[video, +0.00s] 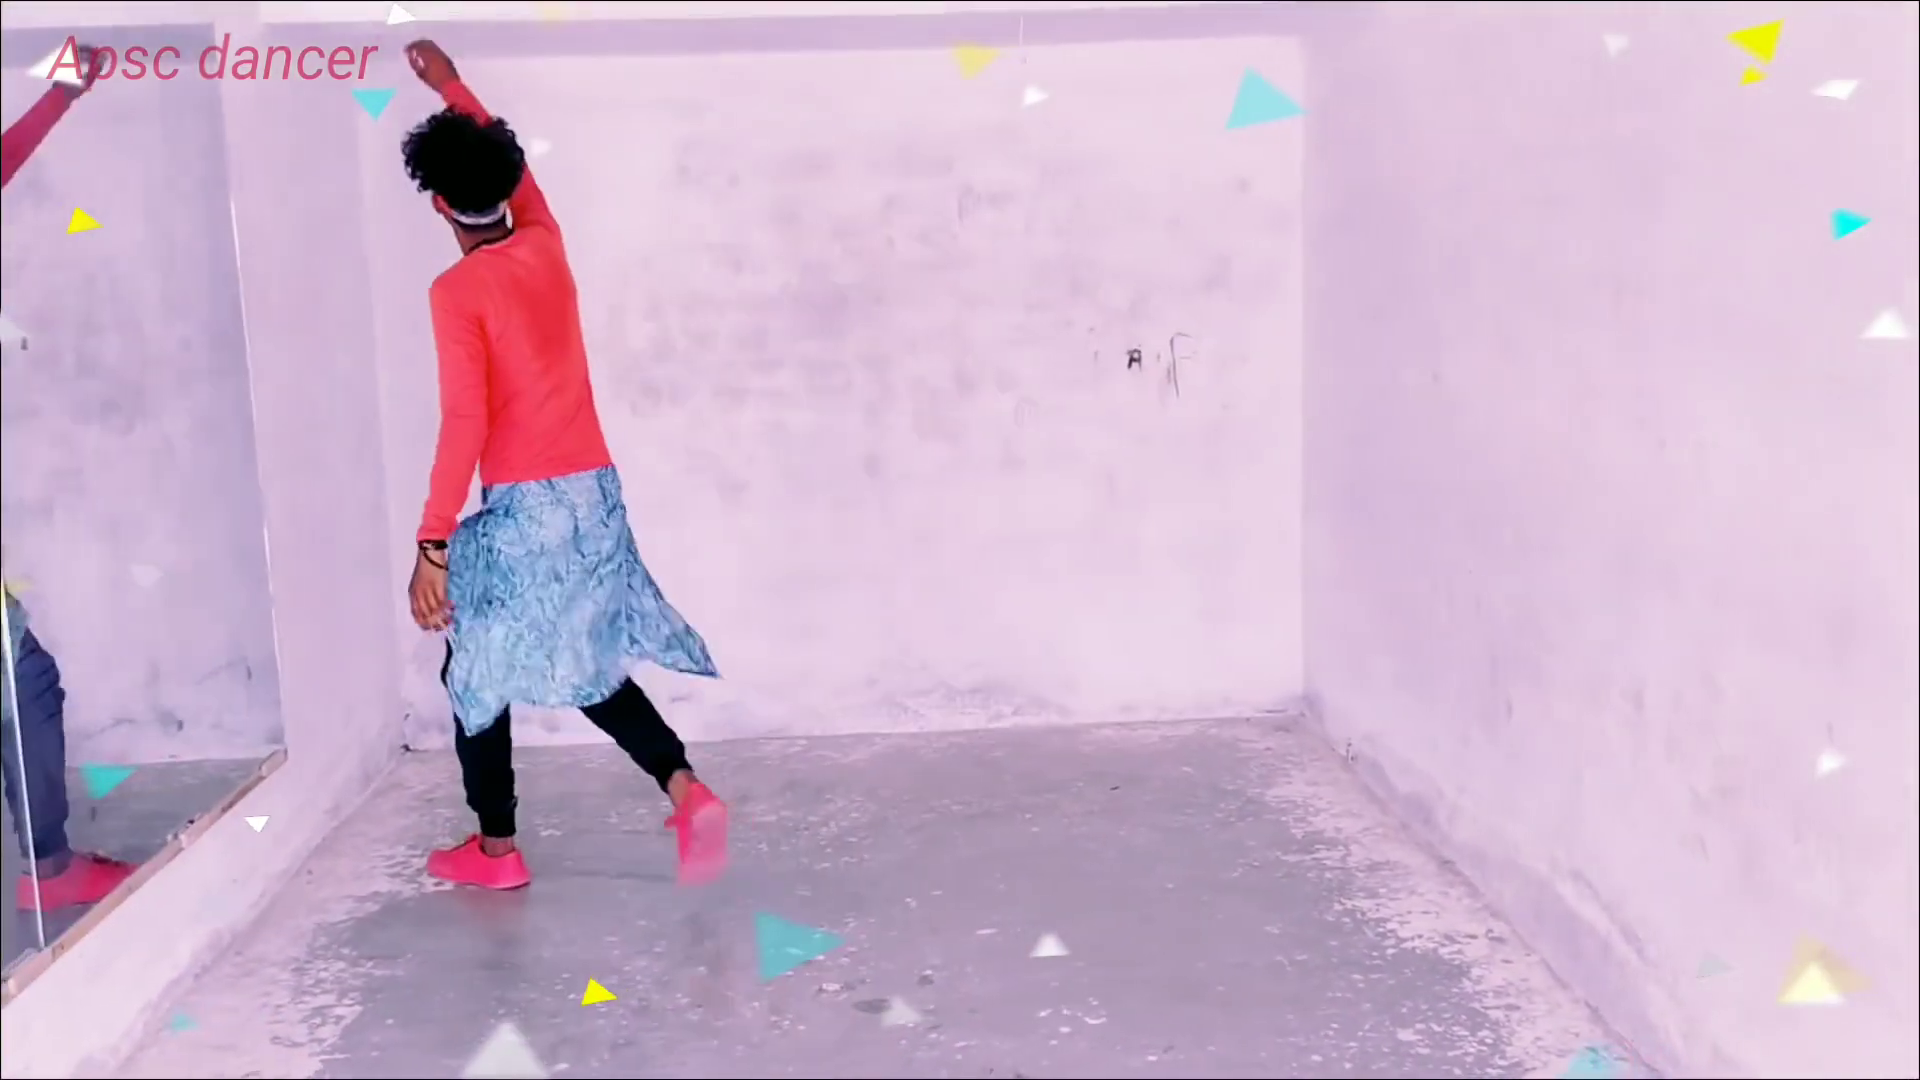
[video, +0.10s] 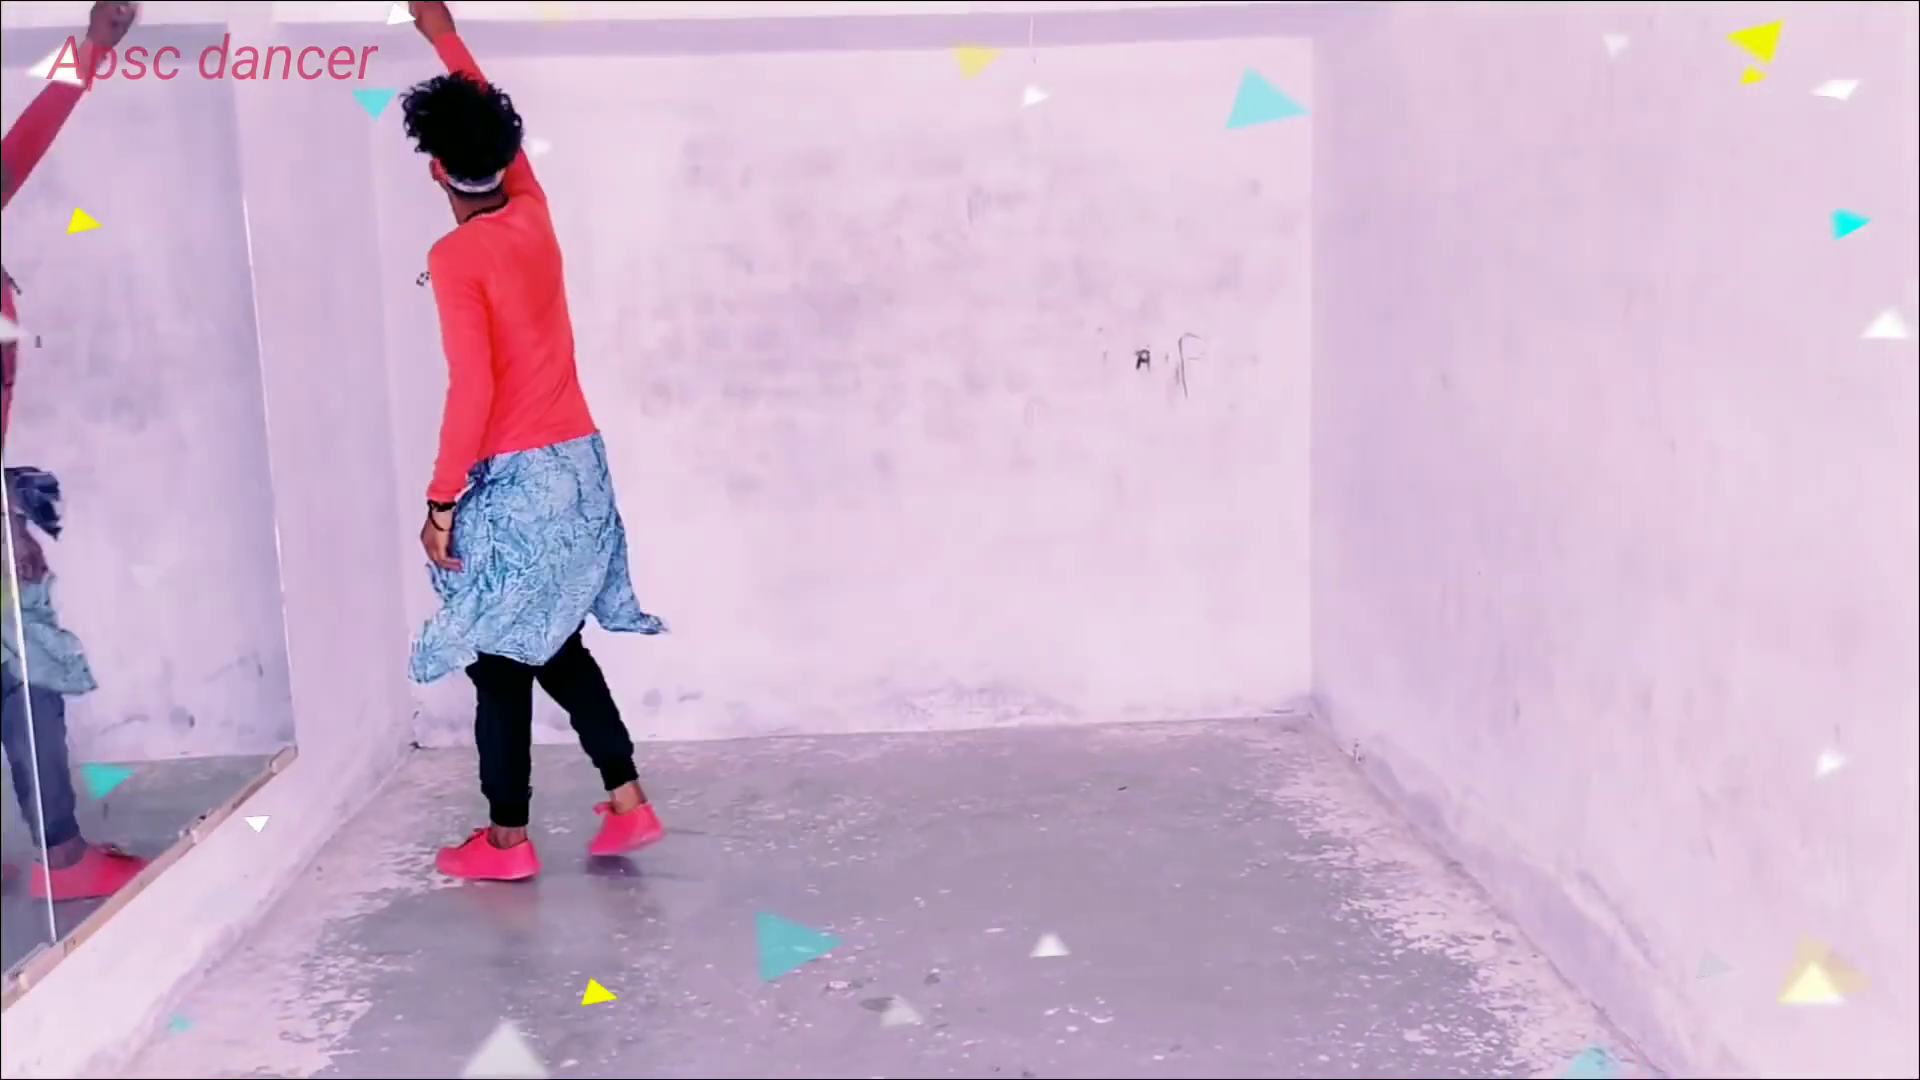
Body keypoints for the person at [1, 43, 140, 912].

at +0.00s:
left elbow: (11, 158)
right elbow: (16, 158)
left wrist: (66, 87)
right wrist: (65, 88)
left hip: (2, 570)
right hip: (2, 575)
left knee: (30, 675)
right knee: (30, 676)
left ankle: (45, 855)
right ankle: (45, 858)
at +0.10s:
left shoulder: (6, 251)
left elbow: (18, 156)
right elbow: (22, 152)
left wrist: (86, 54)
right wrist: (87, 56)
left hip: (9, 499)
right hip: (5, 503)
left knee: (34, 664)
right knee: (30, 665)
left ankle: (58, 842)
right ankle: (57, 846)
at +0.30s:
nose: (63, 143)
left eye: (55, 133)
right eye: (50, 138)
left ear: (36, 159)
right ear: (22, 169)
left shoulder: (64, 211)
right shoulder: (8, 254)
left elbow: (108, 88)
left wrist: (142, 6)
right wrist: (37, 501)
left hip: (88, 469)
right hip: (39, 480)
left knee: (119, 634)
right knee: (90, 644)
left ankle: (118, 803)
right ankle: (89, 831)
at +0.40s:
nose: (92, 148)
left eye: (80, 139)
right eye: (79, 142)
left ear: (61, 156)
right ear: (54, 162)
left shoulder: (101, 214)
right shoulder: (24, 261)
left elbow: (134, 99)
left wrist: (160, 10)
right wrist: (8, 487)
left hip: (124, 469)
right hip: (71, 478)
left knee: (149, 633)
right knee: (106, 645)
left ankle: (131, 802)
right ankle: (99, 831)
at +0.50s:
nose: (102, 162)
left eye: (95, 149)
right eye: (81, 158)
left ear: (103, 160)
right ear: (46, 183)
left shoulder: (123, 217)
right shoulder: (37, 270)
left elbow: (158, 102)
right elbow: (3, 389)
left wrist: (171, 4)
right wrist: (4, 483)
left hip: (137, 468)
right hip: (75, 476)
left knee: (154, 634)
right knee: (106, 641)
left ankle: (142, 805)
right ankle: (108, 827)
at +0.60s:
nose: (91, 175)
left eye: (95, 155)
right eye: (69, 165)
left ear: (114, 157)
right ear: (41, 180)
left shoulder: (137, 219)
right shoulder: (36, 269)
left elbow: (177, 108)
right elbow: (8, 395)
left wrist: (188, 8)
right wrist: (6, 480)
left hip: (138, 475)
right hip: (68, 482)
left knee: (157, 642)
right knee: (96, 648)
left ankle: (141, 805)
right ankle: (85, 826)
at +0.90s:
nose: (23, 179)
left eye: (32, 164)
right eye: (9, 166)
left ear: (51, 164)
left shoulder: (99, 245)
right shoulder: (2, 257)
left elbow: (219, 258)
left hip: (80, 478)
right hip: (8, 479)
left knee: (121, 629)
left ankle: (139, 798)